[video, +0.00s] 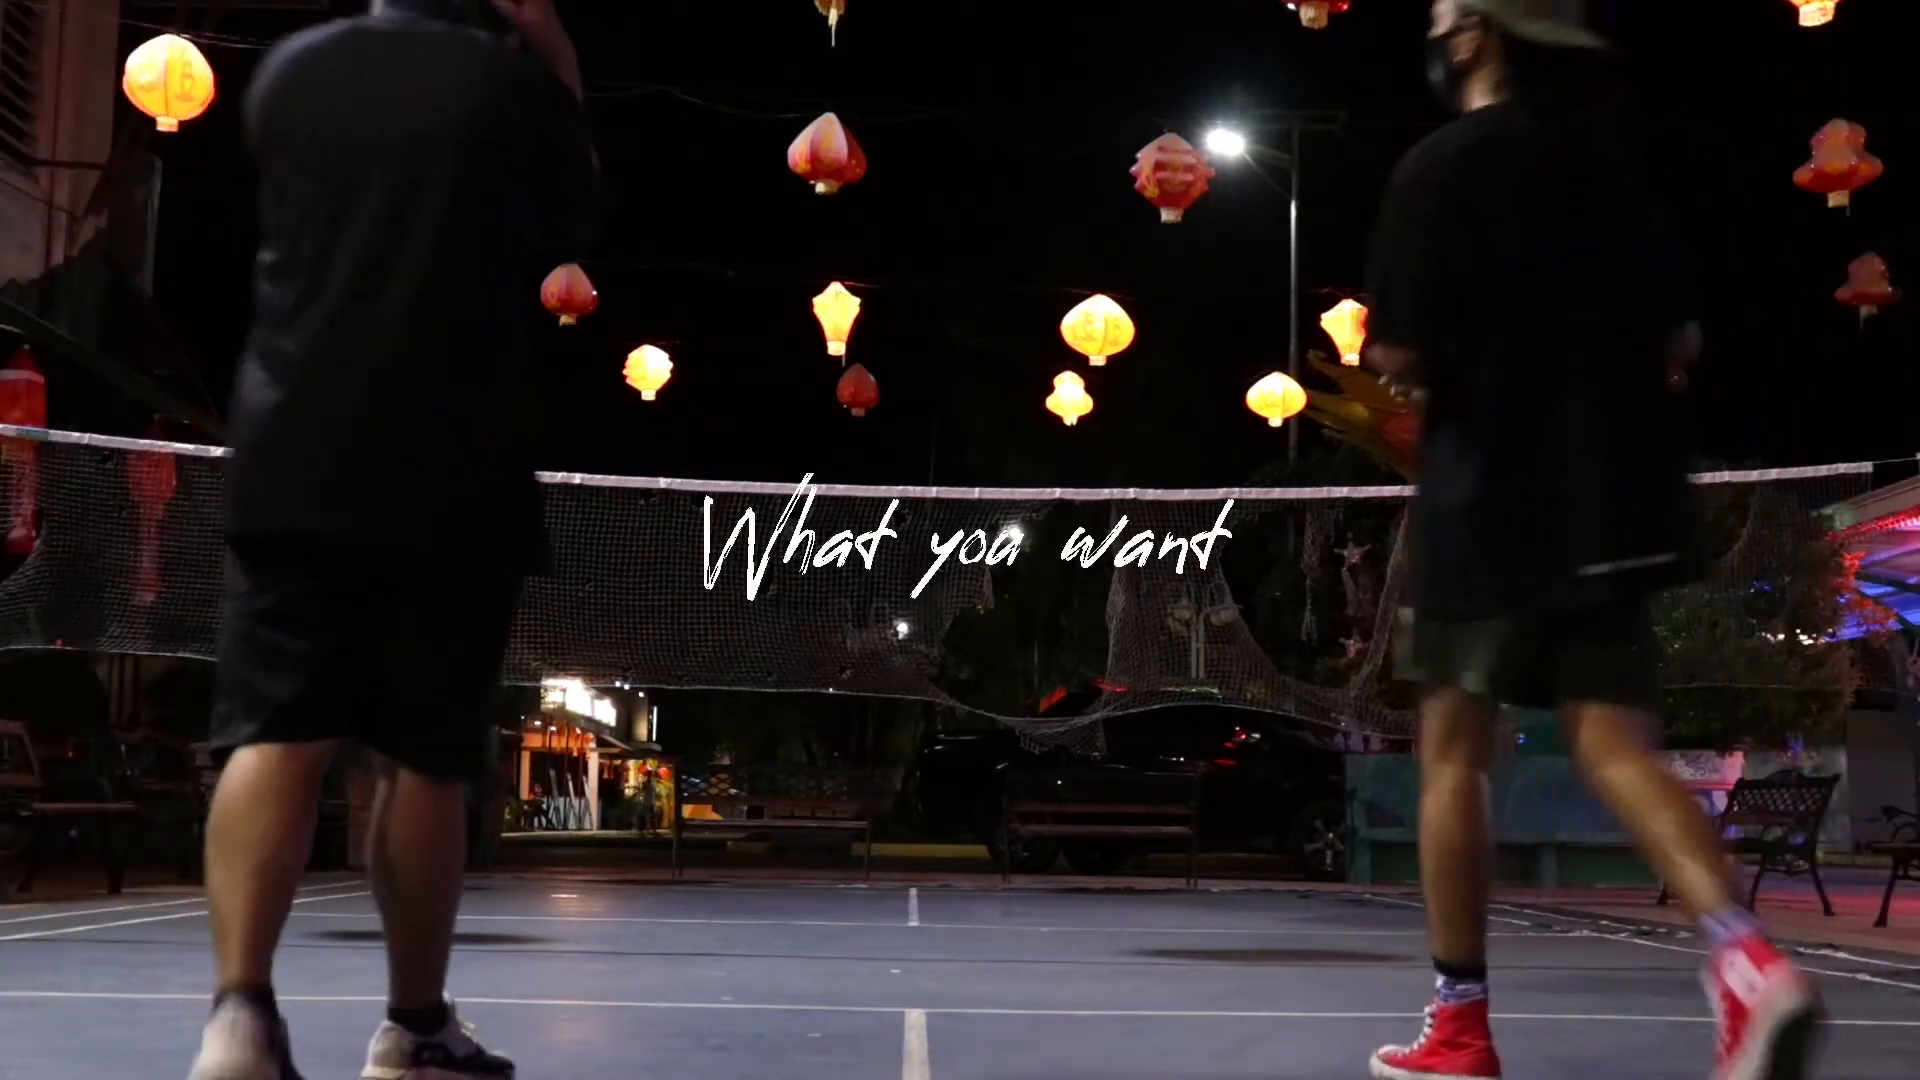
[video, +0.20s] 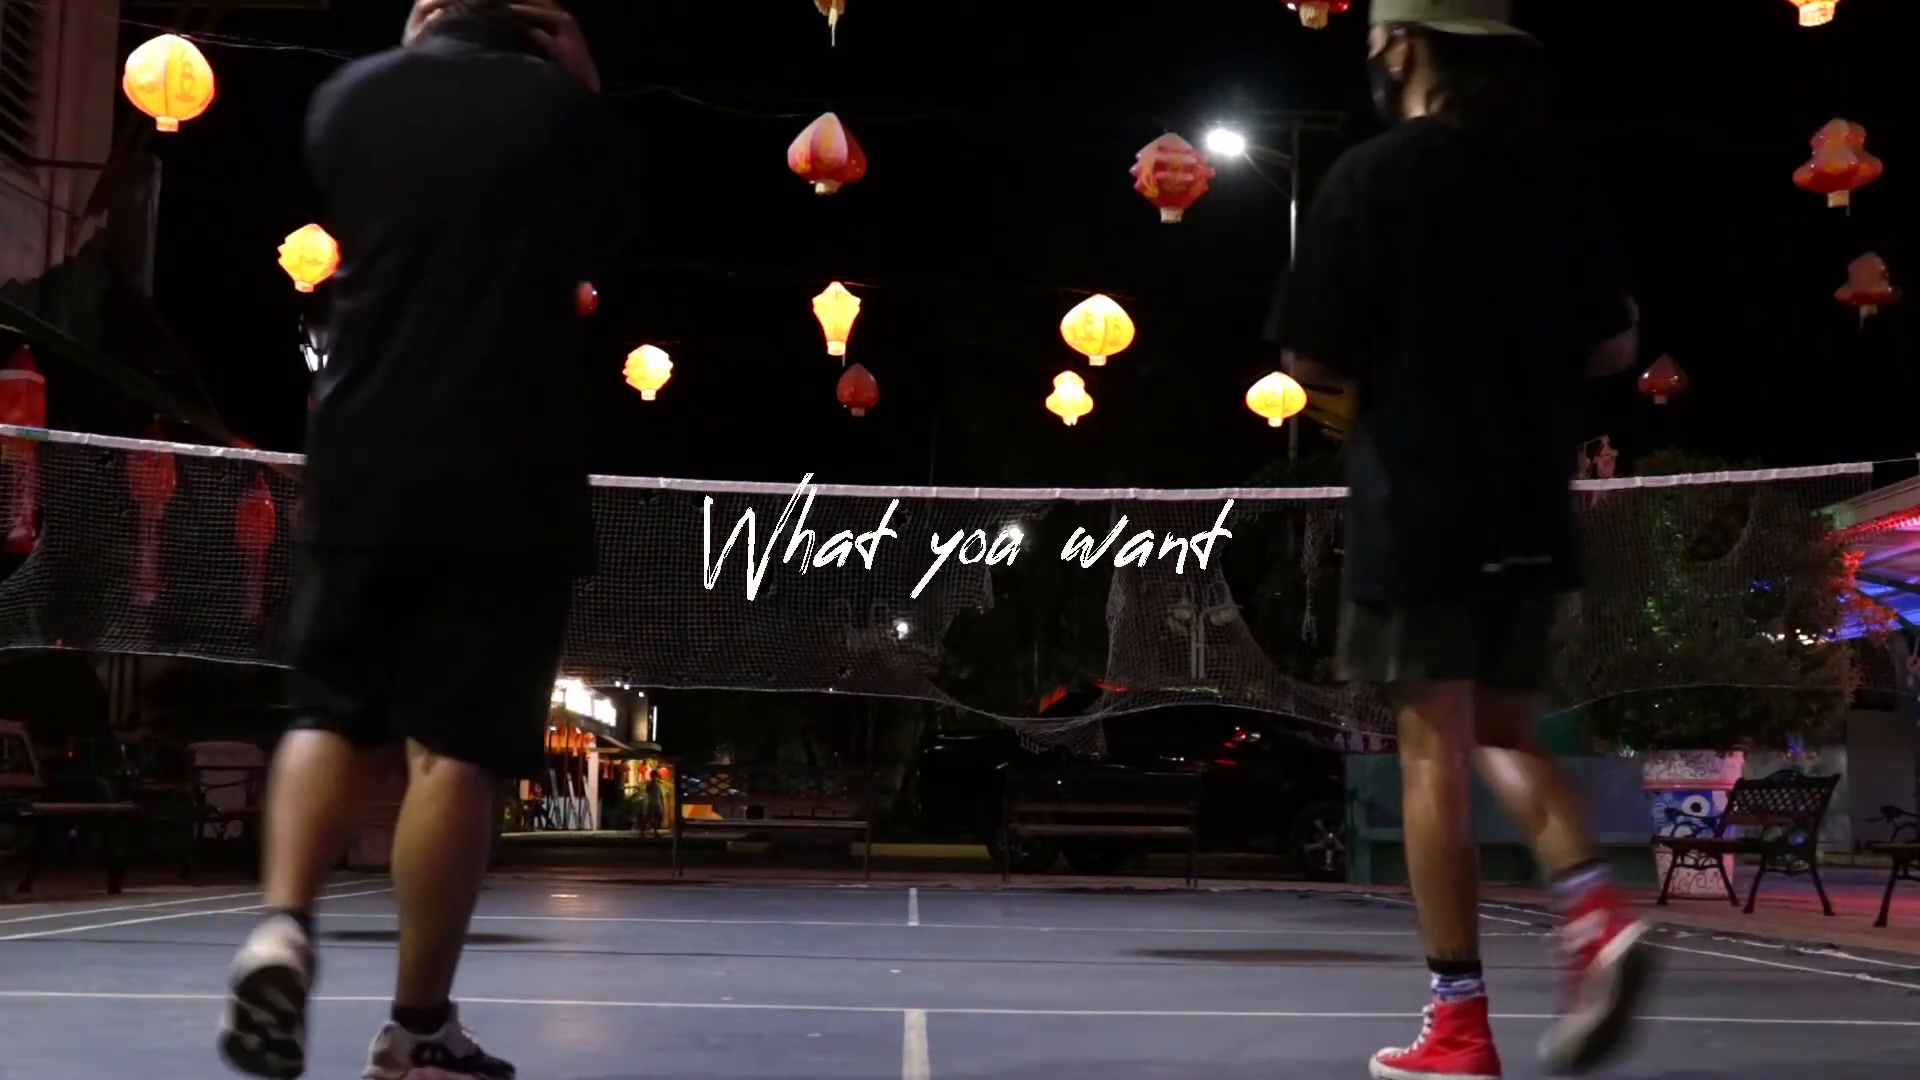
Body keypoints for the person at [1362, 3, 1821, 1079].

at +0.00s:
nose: (1436, 40)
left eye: (1445, 24)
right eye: (1442, 24)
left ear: (1474, 39)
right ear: (1557, 42)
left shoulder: (1446, 168)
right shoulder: (1626, 154)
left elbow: (1399, 358)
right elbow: (1676, 343)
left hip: (1485, 507)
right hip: (1615, 498)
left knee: (1452, 752)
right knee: (1615, 742)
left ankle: (1458, 1022)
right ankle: (1748, 966)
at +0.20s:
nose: (1373, 49)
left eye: (1380, 32)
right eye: (1376, 32)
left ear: (1407, 45)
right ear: (1494, 47)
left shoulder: (1372, 177)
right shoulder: (1552, 163)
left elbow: (1315, 366)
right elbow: (1613, 338)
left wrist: (1383, 407)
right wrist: (1514, 382)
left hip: (1416, 503)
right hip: (1532, 493)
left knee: (1432, 749)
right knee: (1505, 732)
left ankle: (1457, 1025)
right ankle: (1596, 923)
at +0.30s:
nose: (1344, 75)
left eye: (1350, 55)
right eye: (1349, 55)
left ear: (1375, 65)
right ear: (1463, 68)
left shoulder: (1348, 186)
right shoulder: (1525, 189)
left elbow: (1282, 351)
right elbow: (1565, 358)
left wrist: (1364, 385)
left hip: (1387, 499)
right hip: (1494, 495)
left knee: (1424, 755)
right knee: (1467, 743)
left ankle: (1457, 1016)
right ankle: (1489, 964)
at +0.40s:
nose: (1334, 112)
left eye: (1338, 95)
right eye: (1337, 95)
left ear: (1361, 91)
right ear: (1443, 89)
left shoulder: (1338, 193)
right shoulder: (1509, 201)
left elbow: (1276, 359)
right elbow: (1549, 375)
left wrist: (1344, 406)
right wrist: (1449, 397)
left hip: (1371, 510)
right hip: (1471, 506)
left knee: (1417, 766)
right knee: (1425, 757)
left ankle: (1458, 1016)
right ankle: (1410, 976)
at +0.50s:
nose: (1309, 161)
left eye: (1310, 146)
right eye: (1308, 149)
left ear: (1335, 135)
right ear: (1416, 129)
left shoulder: (1316, 212)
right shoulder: (1480, 226)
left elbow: (1252, 366)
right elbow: (1528, 393)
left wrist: (1300, 415)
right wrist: (1465, 429)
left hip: (1344, 511)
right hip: (1448, 514)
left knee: (1402, 761)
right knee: (1386, 757)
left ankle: (1456, 1012)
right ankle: (1343, 979)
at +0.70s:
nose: (1277, 199)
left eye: (1276, 185)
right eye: (1276, 187)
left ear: (1300, 172)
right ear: (1367, 165)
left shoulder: (1277, 248)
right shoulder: (1436, 254)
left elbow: (1222, 406)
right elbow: (1475, 429)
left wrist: (1279, 474)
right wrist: (1396, 465)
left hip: (1305, 521)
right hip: (1400, 524)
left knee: (1341, 754)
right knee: (1341, 756)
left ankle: (1427, 966)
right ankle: (1326, 989)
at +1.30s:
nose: (1130, 246)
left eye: (1135, 229)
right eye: (1129, 230)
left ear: (1171, 224)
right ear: (1208, 223)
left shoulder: (1164, 309)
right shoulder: (1271, 311)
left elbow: (1137, 455)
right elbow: (1273, 447)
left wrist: (1119, 504)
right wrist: (1132, 497)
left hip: (1178, 578)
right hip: (1273, 572)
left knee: (1139, 768)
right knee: (1285, 773)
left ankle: (1106, 965)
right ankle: (1318, 983)